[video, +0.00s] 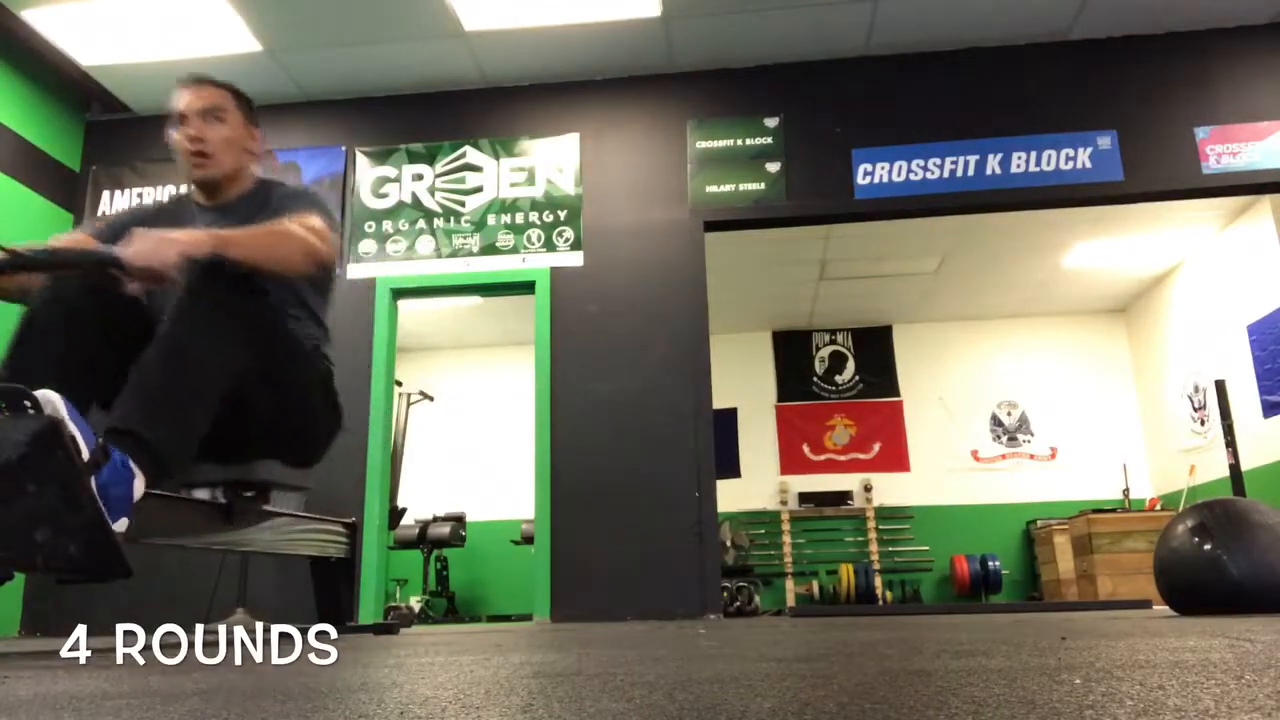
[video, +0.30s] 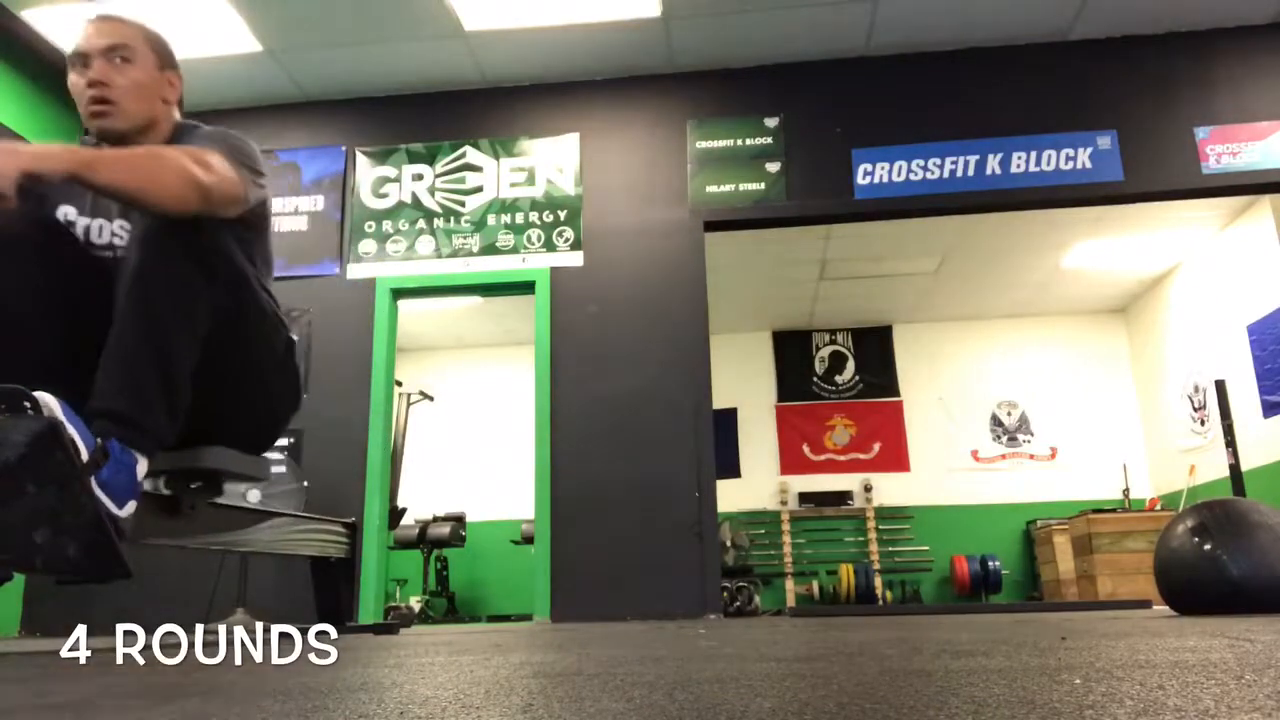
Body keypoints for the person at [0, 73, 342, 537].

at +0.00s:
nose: (193, 133)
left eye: (213, 118)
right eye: (182, 122)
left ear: (253, 139)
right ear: (171, 141)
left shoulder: (294, 203)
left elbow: (313, 250)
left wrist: (190, 242)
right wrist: (113, 263)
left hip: (286, 411)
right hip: (178, 410)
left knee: (220, 282)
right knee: (79, 289)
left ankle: (125, 470)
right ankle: (14, 442)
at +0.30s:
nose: (94, 75)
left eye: (119, 59)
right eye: (81, 65)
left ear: (170, 87)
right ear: (70, 91)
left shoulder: (223, 148)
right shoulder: (56, 175)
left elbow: (203, 186)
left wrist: (58, 160)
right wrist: (13, 169)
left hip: (231, 394)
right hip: (104, 384)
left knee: (180, 222)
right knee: (21, 230)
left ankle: (123, 450)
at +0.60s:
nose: (166, 91)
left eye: (191, 79)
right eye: (158, 81)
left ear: (234, 110)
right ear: (145, 107)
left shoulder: (271, 174)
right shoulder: (120, 187)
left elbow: (244, 218)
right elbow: (31, 222)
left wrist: (122, 179)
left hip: (250, 396)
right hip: (135, 388)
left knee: (187, 243)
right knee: (49, 253)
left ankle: (117, 458)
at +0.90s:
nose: (289, 173)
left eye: (307, 165)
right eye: (279, 165)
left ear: (337, 190)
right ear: (268, 185)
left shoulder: (358, 248)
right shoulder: (242, 253)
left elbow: (358, 289)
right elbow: (164, 299)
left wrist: (280, 263)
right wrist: (95, 289)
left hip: (326, 413)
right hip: (230, 402)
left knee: (250, 356)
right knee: (123, 347)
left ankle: (114, 489)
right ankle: (37, 469)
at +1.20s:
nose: (340, 247)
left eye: (354, 239)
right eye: (331, 241)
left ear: (382, 257)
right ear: (321, 258)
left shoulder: (407, 315)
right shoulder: (288, 314)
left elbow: (450, 386)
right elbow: (242, 379)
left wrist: (385, 346)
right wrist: (214, 355)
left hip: (345, 414)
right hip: (270, 407)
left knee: (254, 435)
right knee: (176, 421)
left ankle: (123, 493)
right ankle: (92, 476)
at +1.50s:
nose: (336, 244)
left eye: (350, 235)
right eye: (327, 237)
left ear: (377, 253)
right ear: (317, 254)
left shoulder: (406, 316)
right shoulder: (289, 319)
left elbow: (454, 391)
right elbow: (254, 379)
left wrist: (390, 353)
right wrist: (213, 371)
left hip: (342, 413)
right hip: (271, 408)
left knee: (250, 435)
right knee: (171, 420)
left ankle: (125, 491)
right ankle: (92, 475)